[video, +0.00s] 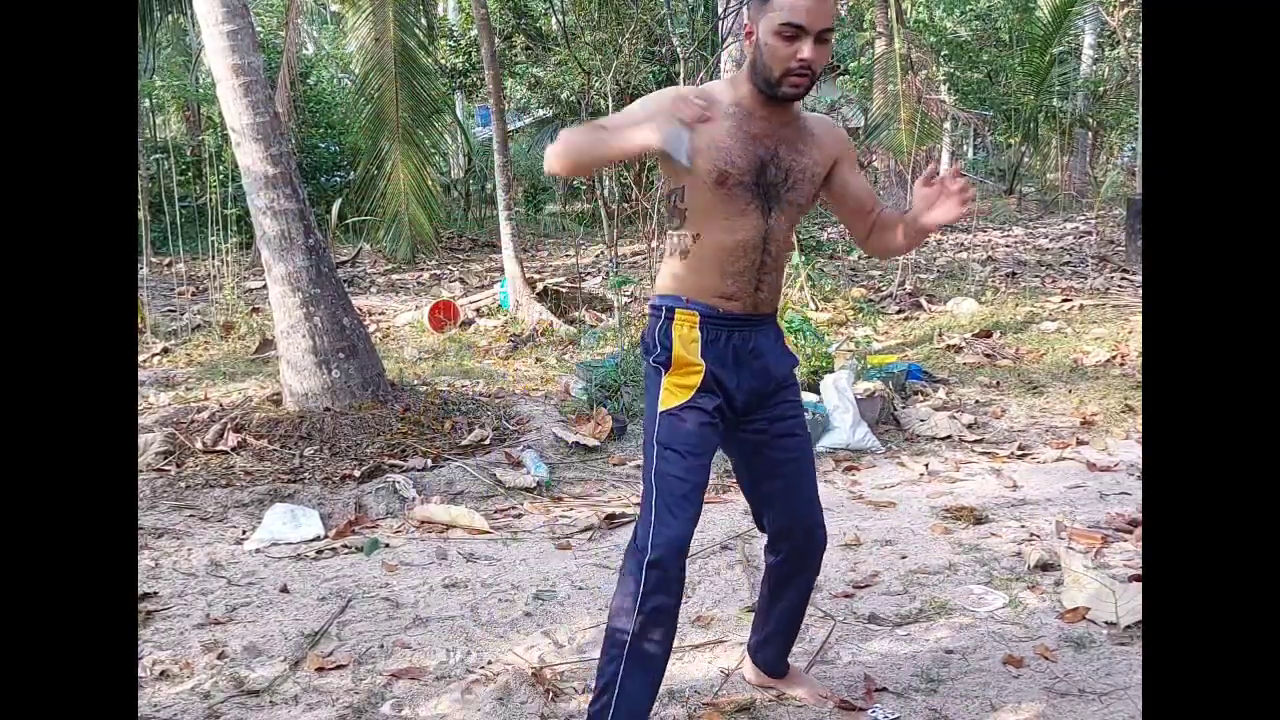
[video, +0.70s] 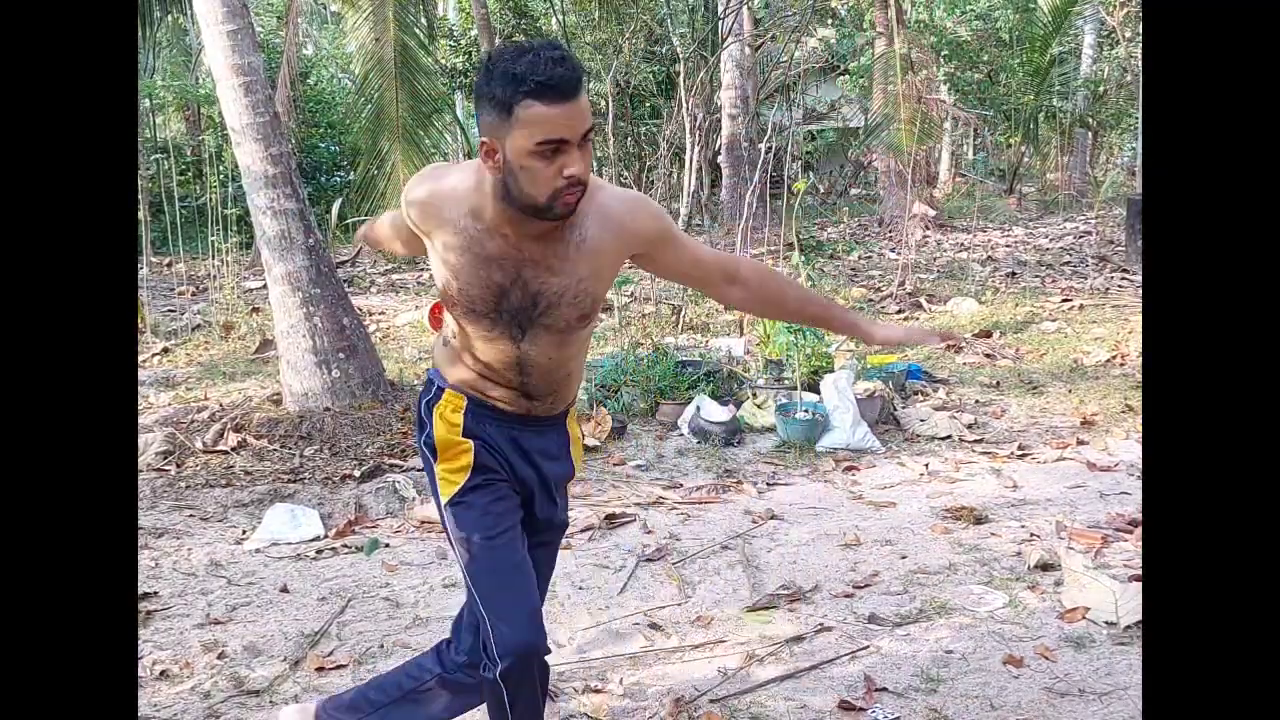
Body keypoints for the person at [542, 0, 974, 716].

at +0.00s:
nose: (809, 56)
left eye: (824, 38)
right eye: (791, 34)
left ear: (835, 41)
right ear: (747, 29)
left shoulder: (826, 140)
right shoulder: (689, 108)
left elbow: (877, 233)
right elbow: (560, 155)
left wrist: (916, 222)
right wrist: (643, 134)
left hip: (763, 345)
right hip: (686, 339)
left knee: (801, 533)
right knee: (663, 541)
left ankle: (768, 662)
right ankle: (614, 711)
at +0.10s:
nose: (783, 72)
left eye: (800, 55)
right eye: (766, 49)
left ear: (813, 58)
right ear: (728, 43)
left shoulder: (793, 142)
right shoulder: (682, 128)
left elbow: (878, 215)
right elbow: (649, 253)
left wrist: (939, 168)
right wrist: (770, 219)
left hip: (739, 359)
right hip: (668, 355)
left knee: (800, 537)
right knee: (645, 563)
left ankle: (768, 666)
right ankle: (585, 714)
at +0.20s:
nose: (734, 86)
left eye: (756, 72)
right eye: (718, 63)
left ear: (772, 77)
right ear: (685, 59)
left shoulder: (735, 142)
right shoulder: (669, 150)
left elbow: (836, 162)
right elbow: (734, 287)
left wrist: (898, 98)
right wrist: (777, 196)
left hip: (694, 381)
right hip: (623, 385)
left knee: (768, 541)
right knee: (610, 593)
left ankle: (768, 666)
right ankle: (561, 716)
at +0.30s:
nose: (671, 84)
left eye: (696, 68)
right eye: (656, 59)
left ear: (715, 69)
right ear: (626, 49)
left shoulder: (696, 131)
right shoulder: (599, 145)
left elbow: (797, 137)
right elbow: (669, 286)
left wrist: (868, 85)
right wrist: (744, 215)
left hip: (638, 381)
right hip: (560, 385)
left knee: (714, 558)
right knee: (574, 600)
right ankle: (544, 717)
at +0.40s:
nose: (609, 98)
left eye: (634, 80)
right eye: (594, 73)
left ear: (664, 79)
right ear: (569, 64)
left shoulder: (683, 145)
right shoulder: (530, 169)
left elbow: (797, 159)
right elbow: (511, 313)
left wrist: (890, 140)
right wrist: (597, 400)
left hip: (614, 385)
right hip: (532, 387)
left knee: (612, 607)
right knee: (556, 605)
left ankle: (461, 636)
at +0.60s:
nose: (550, 182)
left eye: (574, 157)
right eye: (527, 156)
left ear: (599, 143)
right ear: (492, 141)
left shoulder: (636, 215)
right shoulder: (453, 200)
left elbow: (750, 246)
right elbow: (392, 209)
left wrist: (866, 246)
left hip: (549, 445)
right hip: (464, 428)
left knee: (452, 660)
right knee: (530, 660)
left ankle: (313, 714)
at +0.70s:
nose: (575, 167)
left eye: (583, 142)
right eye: (548, 151)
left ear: (590, 128)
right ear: (491, 147)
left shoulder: (622, 220)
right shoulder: (440, 198)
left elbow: (736, 280)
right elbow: (391, 235)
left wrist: (862, 327)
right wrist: (369, 235)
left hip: (549, 442)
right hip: (463, 425)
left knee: (482, 658)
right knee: (520, 651)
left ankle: (335, 716)